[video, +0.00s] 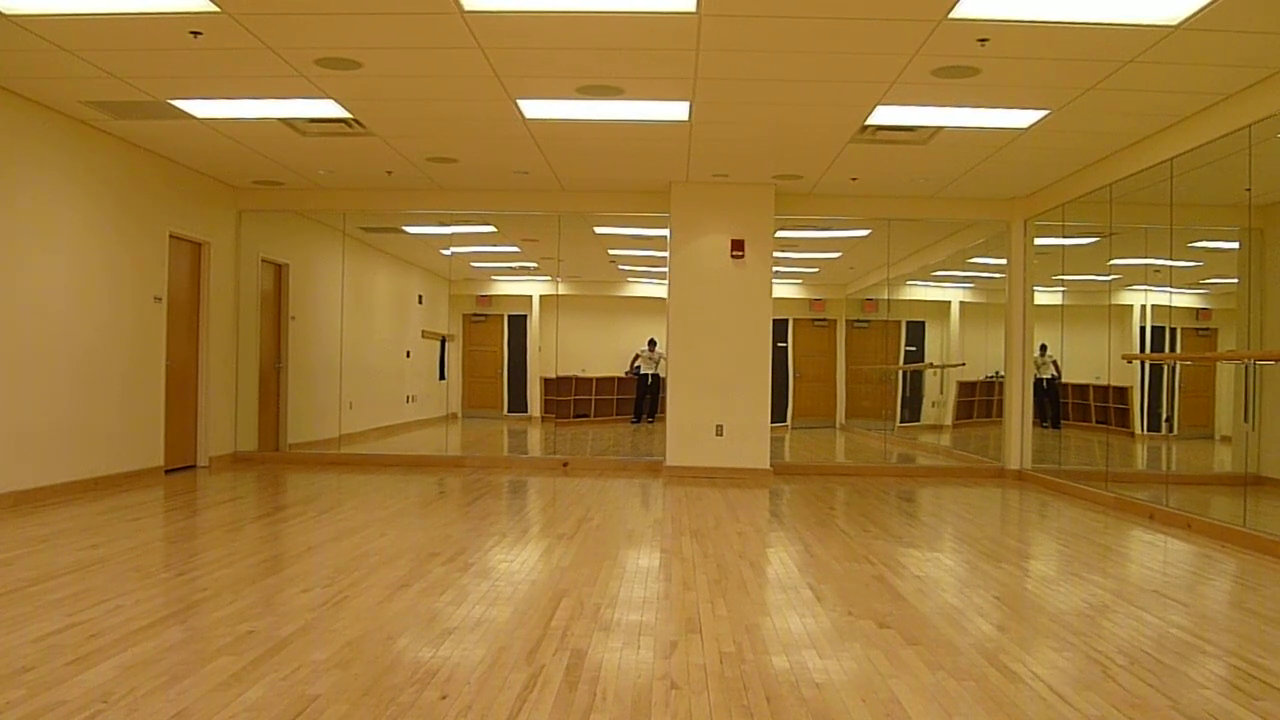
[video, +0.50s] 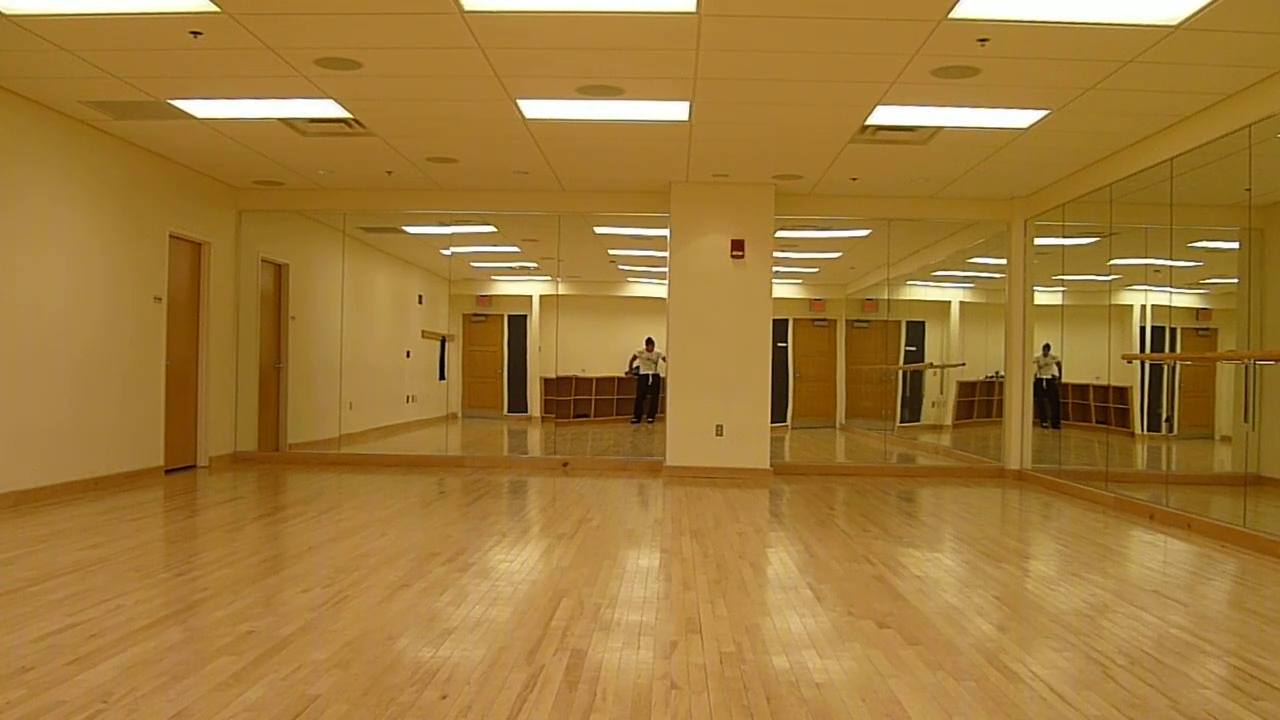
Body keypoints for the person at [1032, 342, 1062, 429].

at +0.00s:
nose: (1042, 353)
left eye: (1044, 351)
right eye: (1041, 351)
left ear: (1047, 351)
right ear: (1039, 350)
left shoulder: (1050, 357)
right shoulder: (1035, 359)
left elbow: (1056, 367)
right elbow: (1034, 369)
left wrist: (1059, 376)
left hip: (1050, 378)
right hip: (1039, 378)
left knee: (1054, 400)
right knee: (1041, 401)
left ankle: (1055, 422)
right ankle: (1043, 421)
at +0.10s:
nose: (1043, 353)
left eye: (1044, 351)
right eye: (1042, 350)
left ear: (1047, 351)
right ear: (1039, 350)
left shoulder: (1050, 358)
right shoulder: (1035, 359)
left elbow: (1057, 367)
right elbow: (1033, 369)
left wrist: (1059, 376)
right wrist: (1033, 377)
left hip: (1050, 378)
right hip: (1039, 378)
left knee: (1054, 400)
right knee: (1041, 401)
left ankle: (1055, 422)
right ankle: (1043, 421)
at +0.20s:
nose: (1043, 353)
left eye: (1045, 351)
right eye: (1042, 350)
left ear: (1047, 351)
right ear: (1040, 350)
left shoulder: (1051, 358)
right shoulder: (1036, 359)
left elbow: (1058, 368)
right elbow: (1034, 369)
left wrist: (1060, 376)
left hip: (1051, 378)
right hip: (1040, 378)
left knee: (1054, 400)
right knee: (1041, 401)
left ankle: (1055, 422)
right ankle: (1043, 421)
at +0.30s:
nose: (1044, 352)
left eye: (1045, 350)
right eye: (1042, 350)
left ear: (1048, 351)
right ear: (1040, 350)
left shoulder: (1052, 358)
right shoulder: (1036, 359)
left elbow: (1059, 368)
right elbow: (1034, 369)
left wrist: (1060, 378)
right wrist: (1034, 378)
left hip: (1051, 378)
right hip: (1040, 378)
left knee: (1054, 400)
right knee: (1041, 401)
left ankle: (1055, 422)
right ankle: (1043, 421)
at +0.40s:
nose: (1044, 352)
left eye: (1046, 351)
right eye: (1043, 350)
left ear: (1048, 351)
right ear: (1041, 350)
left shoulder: (1053, 359)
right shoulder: (1037, 359)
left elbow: (1059, 367)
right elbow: (1034, 369)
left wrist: (1060, 377)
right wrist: (1034, 378)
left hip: (1051, 378)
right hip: (1040, 378)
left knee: (1054, 400)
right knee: (1041, 401)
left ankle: (1055, 422)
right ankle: (1043, 421)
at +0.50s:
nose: (1045, 352)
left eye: (1047, 351)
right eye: (1044, 350)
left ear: (1049, 351)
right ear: (1042, 350)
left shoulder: (1053, 358)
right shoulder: (1038, 358)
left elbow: (1059, 367)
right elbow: (1034, 368)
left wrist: (1060, 376)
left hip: (1051, 378)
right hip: (1040, 378)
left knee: (1054, 400)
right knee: (1041, 401)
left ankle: (1055, 422)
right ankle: (1043, 421)